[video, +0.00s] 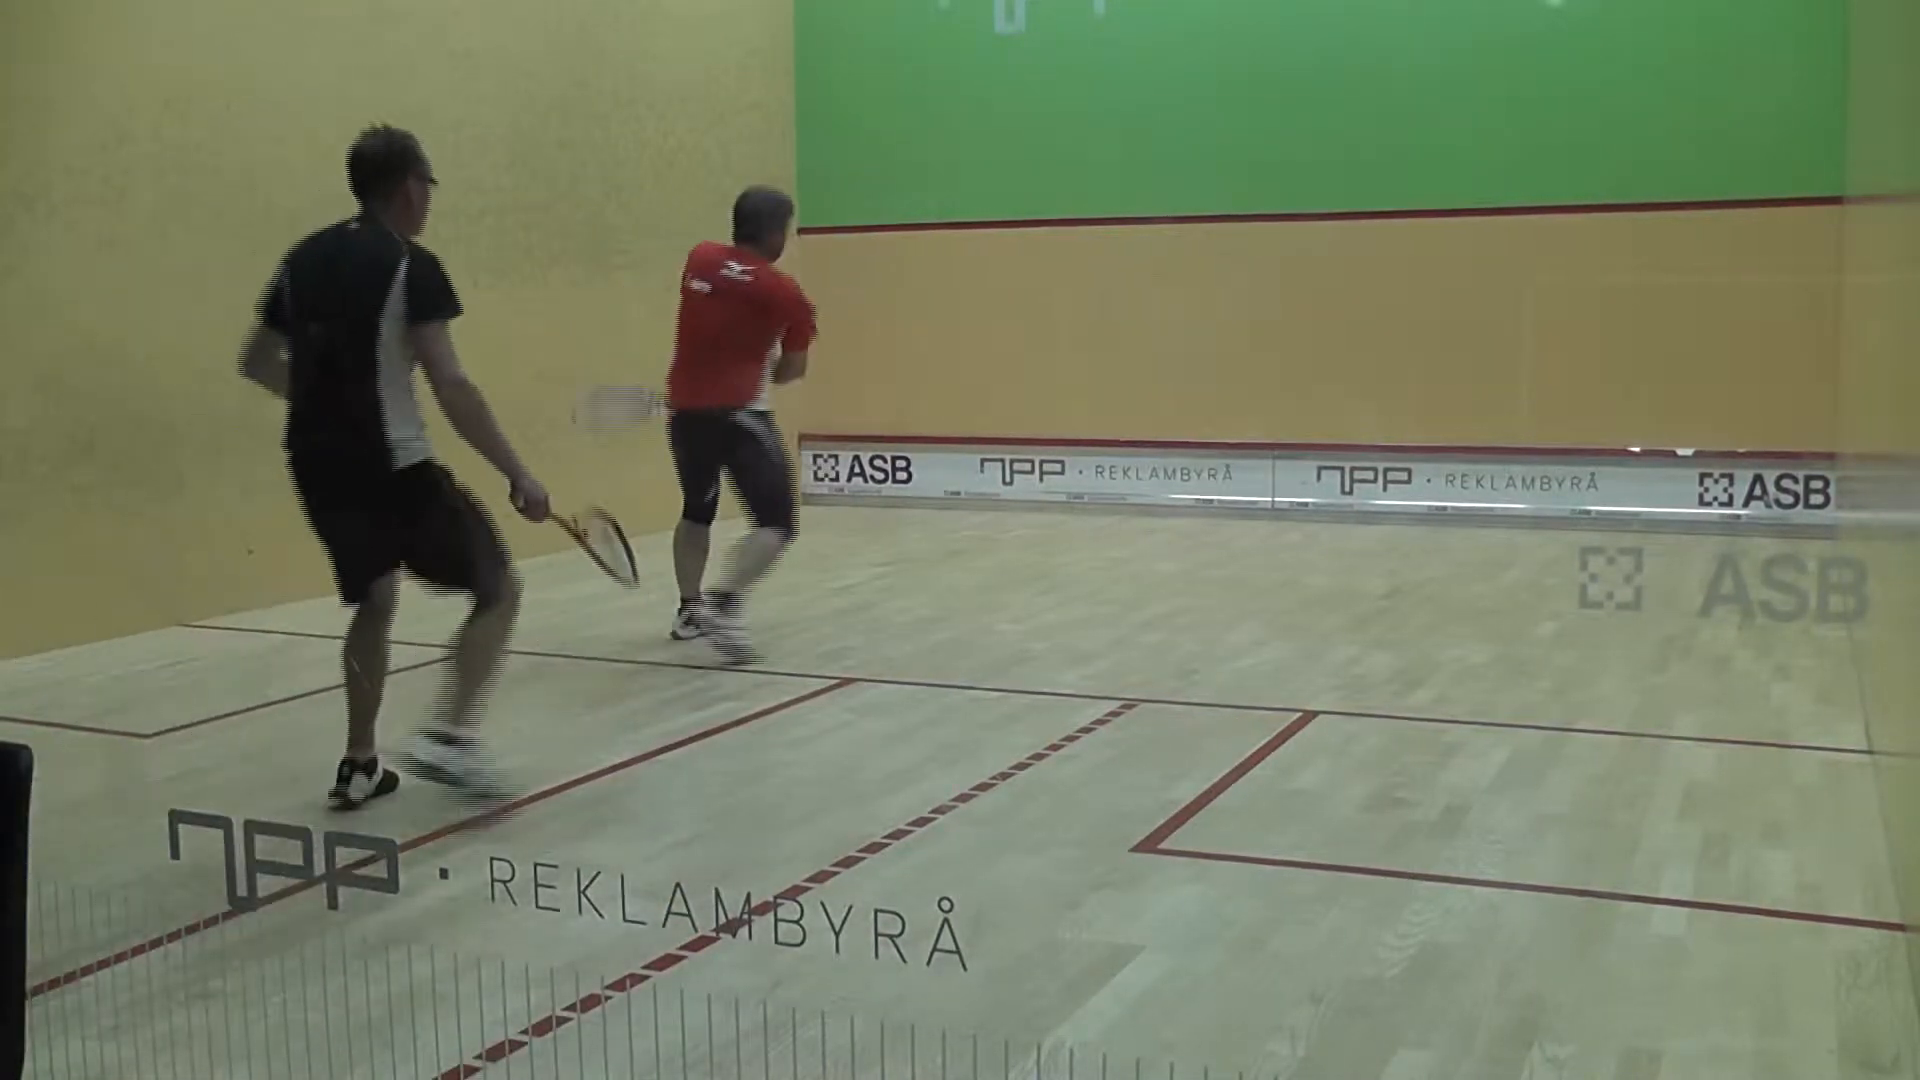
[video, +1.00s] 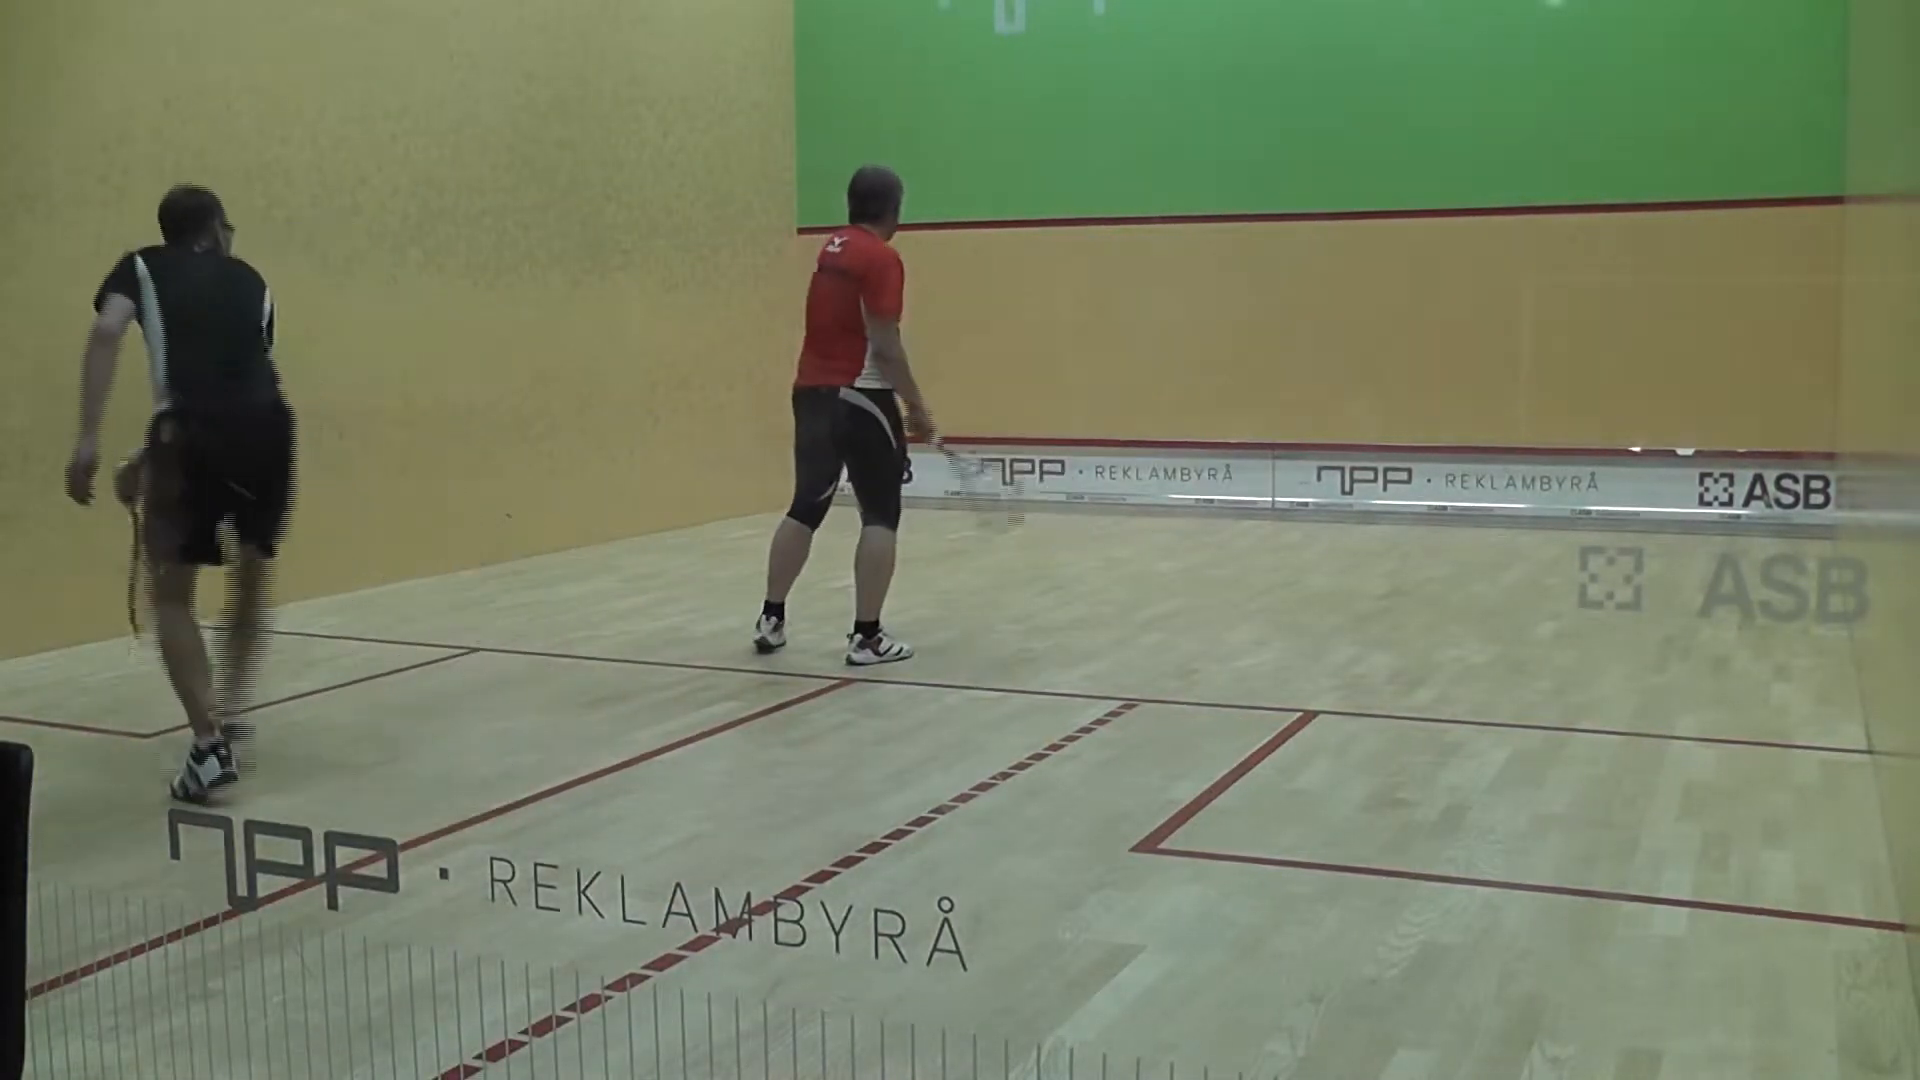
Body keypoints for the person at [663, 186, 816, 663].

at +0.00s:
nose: (790, 237)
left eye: (789, 228)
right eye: (789, 228)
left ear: (739, 227)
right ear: (778, 233)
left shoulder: (701, 257)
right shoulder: (784, 291)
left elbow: (708, 324)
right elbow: (792, 368)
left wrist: (759, 354)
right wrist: (753, 366)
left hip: (686, 412)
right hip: (739, 414)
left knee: (696, 509)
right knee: (777, 522)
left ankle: (689, 611)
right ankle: (721, 605)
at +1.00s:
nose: (900, 214)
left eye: (893, 205)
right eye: (900, 207)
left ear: (851, 207)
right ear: (895, 210)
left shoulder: (832, 248)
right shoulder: (881, 260)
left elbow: (845, 336)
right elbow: (885, 347)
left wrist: (893, 404)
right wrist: (917, 405)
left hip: (812, 395)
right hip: (861, 399)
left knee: (806, 506)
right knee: (880, 516)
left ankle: (770, 619)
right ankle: (867, 636)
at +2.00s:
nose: (942, 268)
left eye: (945, 259)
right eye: (938, 258)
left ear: (905, 251)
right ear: (909, 251)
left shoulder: (883, 280)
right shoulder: (868, 301)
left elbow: (879, 341)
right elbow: (864, 398)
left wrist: (907, 375)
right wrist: (921, 439)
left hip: (831, 411)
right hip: (829, 417)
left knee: (834, 515)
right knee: (901, 513)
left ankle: (751, 591)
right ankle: (906, 636)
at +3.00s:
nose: (812, 215)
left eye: (812, 205)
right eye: (809, 205)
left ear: (762, 205)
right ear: (791, 206)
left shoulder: (725, 257)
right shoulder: (801, 260)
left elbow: (715, 338)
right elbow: (826, 346)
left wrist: (741, 382)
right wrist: (849, 408)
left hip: (733, 400)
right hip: (786, 398)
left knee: (742, 506)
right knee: (821, 504)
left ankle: (735, 623)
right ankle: (817, 626)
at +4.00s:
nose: (826, 218)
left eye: (825, 208)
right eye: (824, 208)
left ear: (771, 212)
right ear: (813, 211)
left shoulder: (743, 259)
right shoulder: (812, 265)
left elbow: (715, 337)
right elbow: (836, 348)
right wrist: (862, 413)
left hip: (719, 410)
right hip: (775, 410)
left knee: (727, 523)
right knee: (834, 516)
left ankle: (692, 646)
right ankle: (842, 644)